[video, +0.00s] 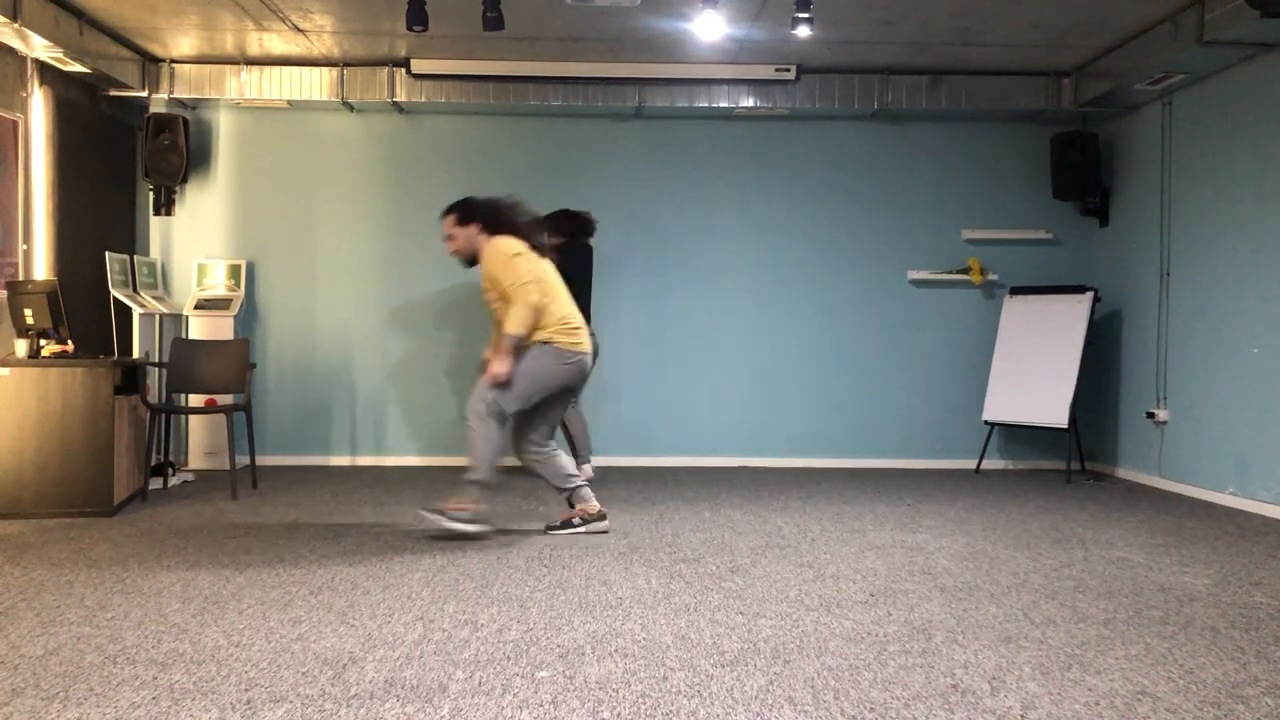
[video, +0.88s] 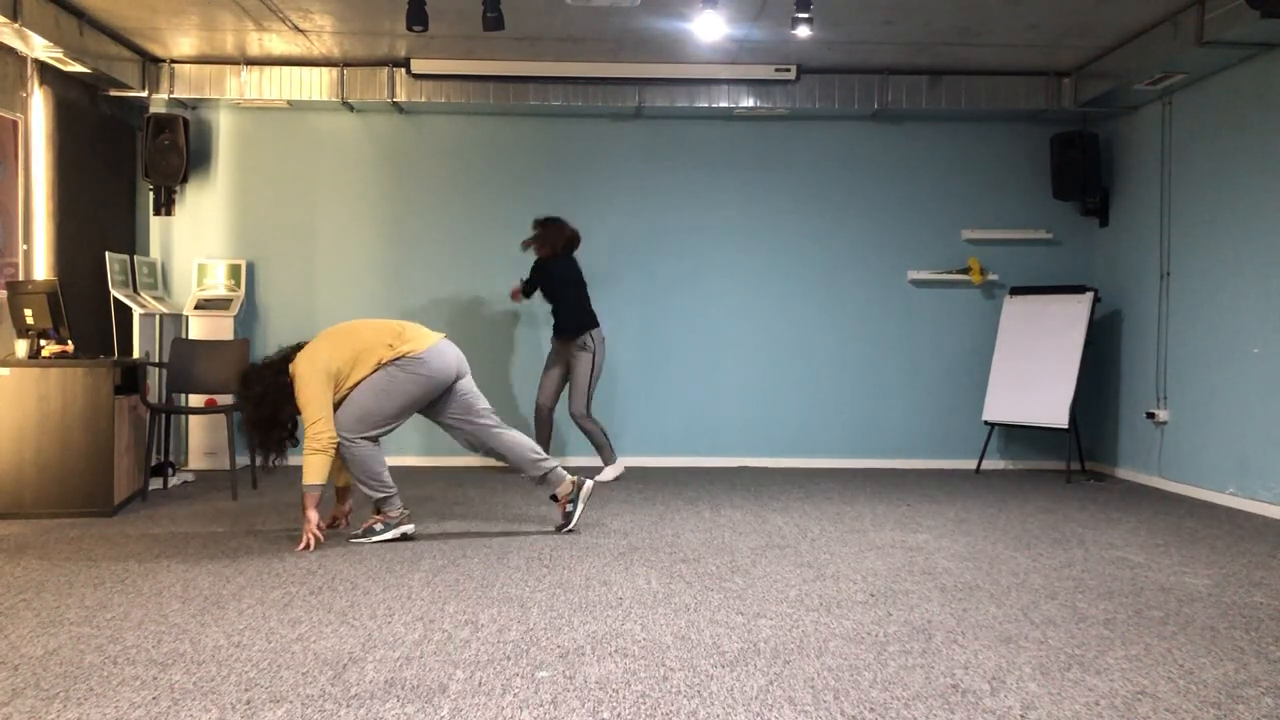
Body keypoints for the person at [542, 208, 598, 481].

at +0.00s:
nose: (545, 239)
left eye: (549, 234)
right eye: (545, 233)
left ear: (561, 234)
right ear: (573, 232)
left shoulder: (574, 254)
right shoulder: (578, 252)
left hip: (576, 337)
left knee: (566, 401)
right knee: (551, 401)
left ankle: (583, 462)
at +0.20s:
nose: (580, 245)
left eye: (580, 241)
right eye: (579, 240)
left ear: (554, 239)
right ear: (570, 239)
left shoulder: (542, 259)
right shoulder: (575, 256)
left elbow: (596, 262)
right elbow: (603, 251)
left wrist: (632, 264)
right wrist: (635, 247)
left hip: (555, 341)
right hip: (583, 337)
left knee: (575, 401)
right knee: (589, 406)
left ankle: (554, 456)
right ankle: (587, 468)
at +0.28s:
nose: (584, 242)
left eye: (585, 237)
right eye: (582, 236)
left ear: (561, 233)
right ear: (571, 232)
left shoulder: (552, 253)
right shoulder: (561, 250)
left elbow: (595, 251)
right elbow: (593, 242)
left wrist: (631, 255)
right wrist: (632, 234)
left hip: (558, 333)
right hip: (573, 332)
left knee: (577, 401)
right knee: (592, 398)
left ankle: (555, 459)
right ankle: (585, 463)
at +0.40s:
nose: (589, 242)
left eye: (592, 237)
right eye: (586, 235)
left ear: (592, 232)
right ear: (573, 229)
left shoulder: (592, 250)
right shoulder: (550, 245)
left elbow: (617, 238)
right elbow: (562, 228)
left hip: (588, 331)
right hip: (561, 329)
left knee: (593, 395)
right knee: (581, 393)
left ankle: (567, 452)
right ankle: (569, 455)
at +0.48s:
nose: (586, 242)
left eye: (590, 237)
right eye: (582, 236)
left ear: (595, 236)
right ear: (568, 233)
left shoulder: (597, 251)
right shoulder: (552, 255)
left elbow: (620, 229)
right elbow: (533, 237)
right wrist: (555, 231)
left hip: (590, 334)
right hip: (558, 333)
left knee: (600, 400)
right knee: (570, 400)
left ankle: (586, 453)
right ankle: (563, 463)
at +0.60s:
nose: (573, 243)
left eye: (579, 238)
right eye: (569, 238)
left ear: (590, 241)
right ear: (564, 241)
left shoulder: (596, 261)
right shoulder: (558, 262)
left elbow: (568, 265)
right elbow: (539, 257)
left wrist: (534, 266)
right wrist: (515, 252)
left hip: (588, 347)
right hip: (556, 345)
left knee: (587, 411)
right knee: (564, 409)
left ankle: (604, 465)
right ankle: (565, 470)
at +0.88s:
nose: (535, 246)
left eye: (540, 241)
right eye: (535, 240)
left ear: (551, 243)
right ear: (557, 242)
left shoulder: (561, 265)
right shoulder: (544, 267)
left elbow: (528, 289)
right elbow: (532, 287)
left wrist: (520, 292)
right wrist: (522, 291)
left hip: (586, 341)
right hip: (561, 342)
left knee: (579, 412)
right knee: (543, 406)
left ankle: (612, 463)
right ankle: (541, 464)